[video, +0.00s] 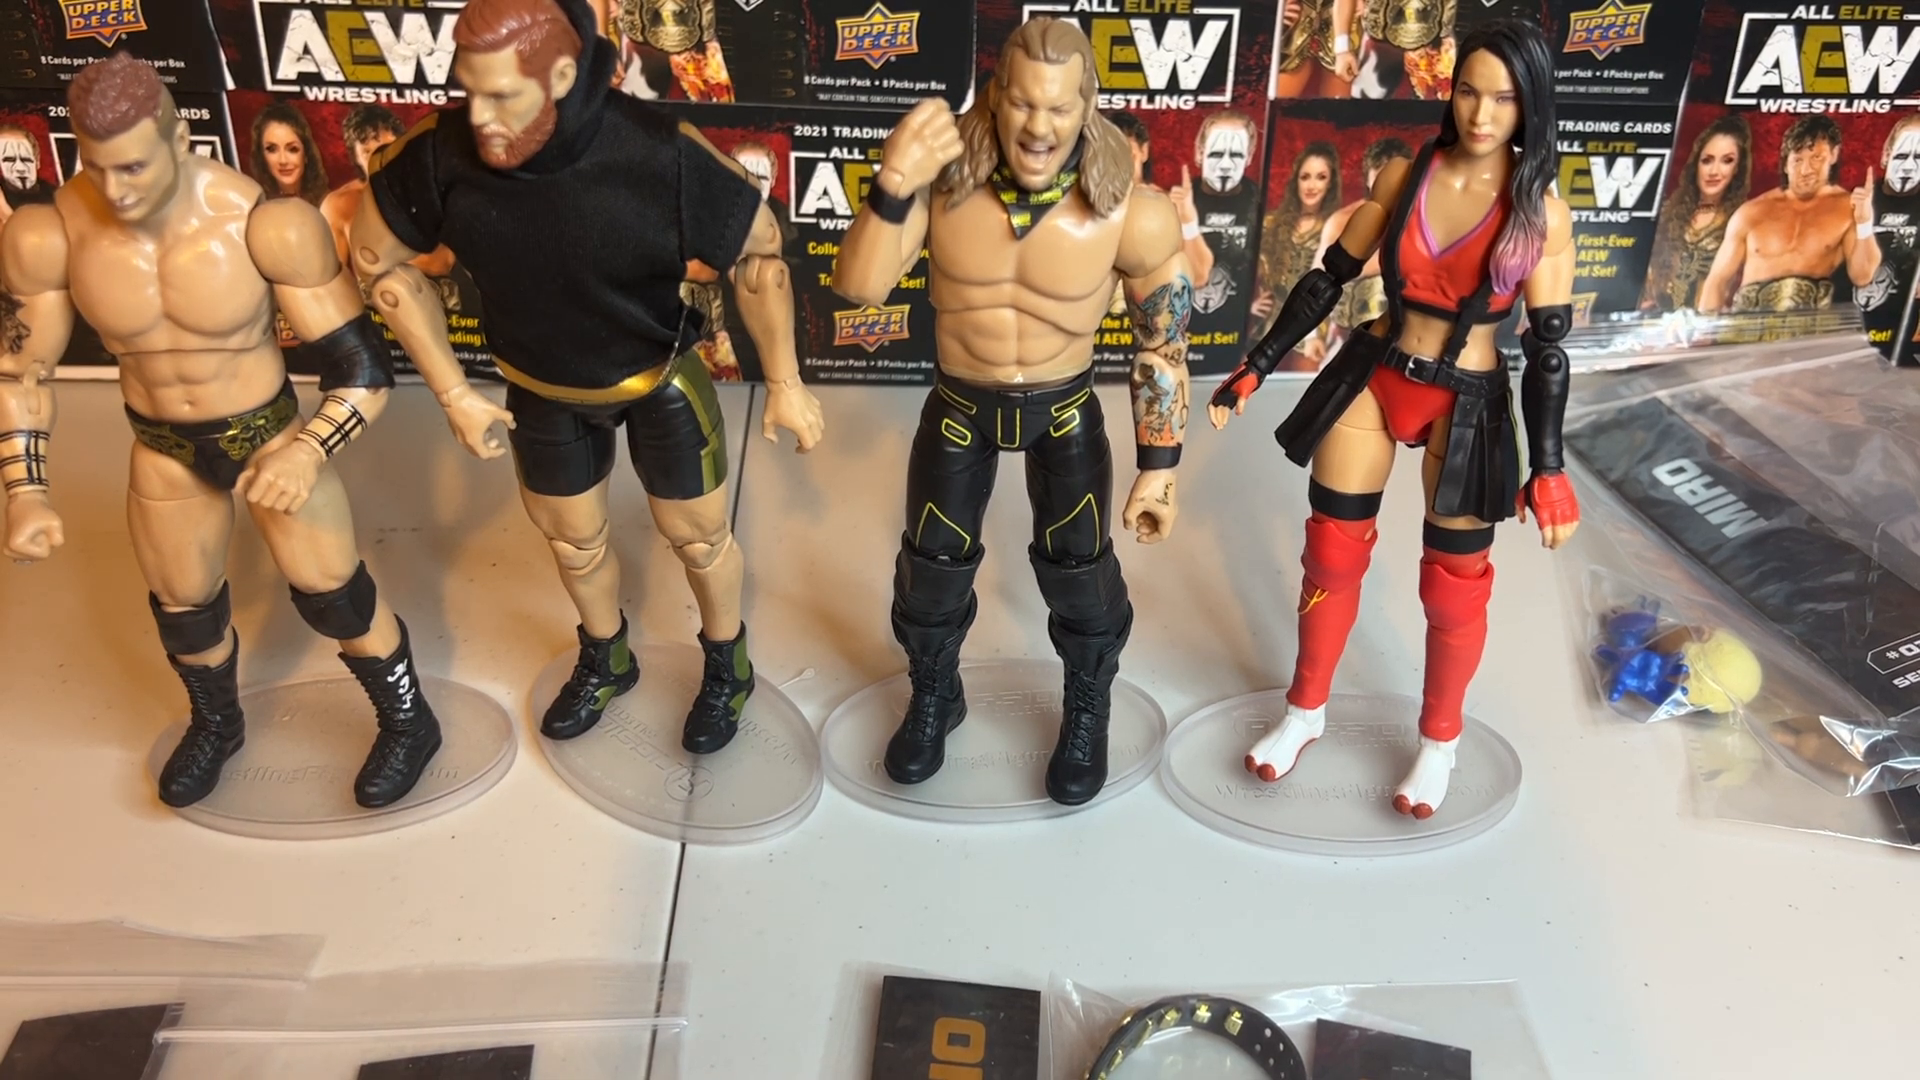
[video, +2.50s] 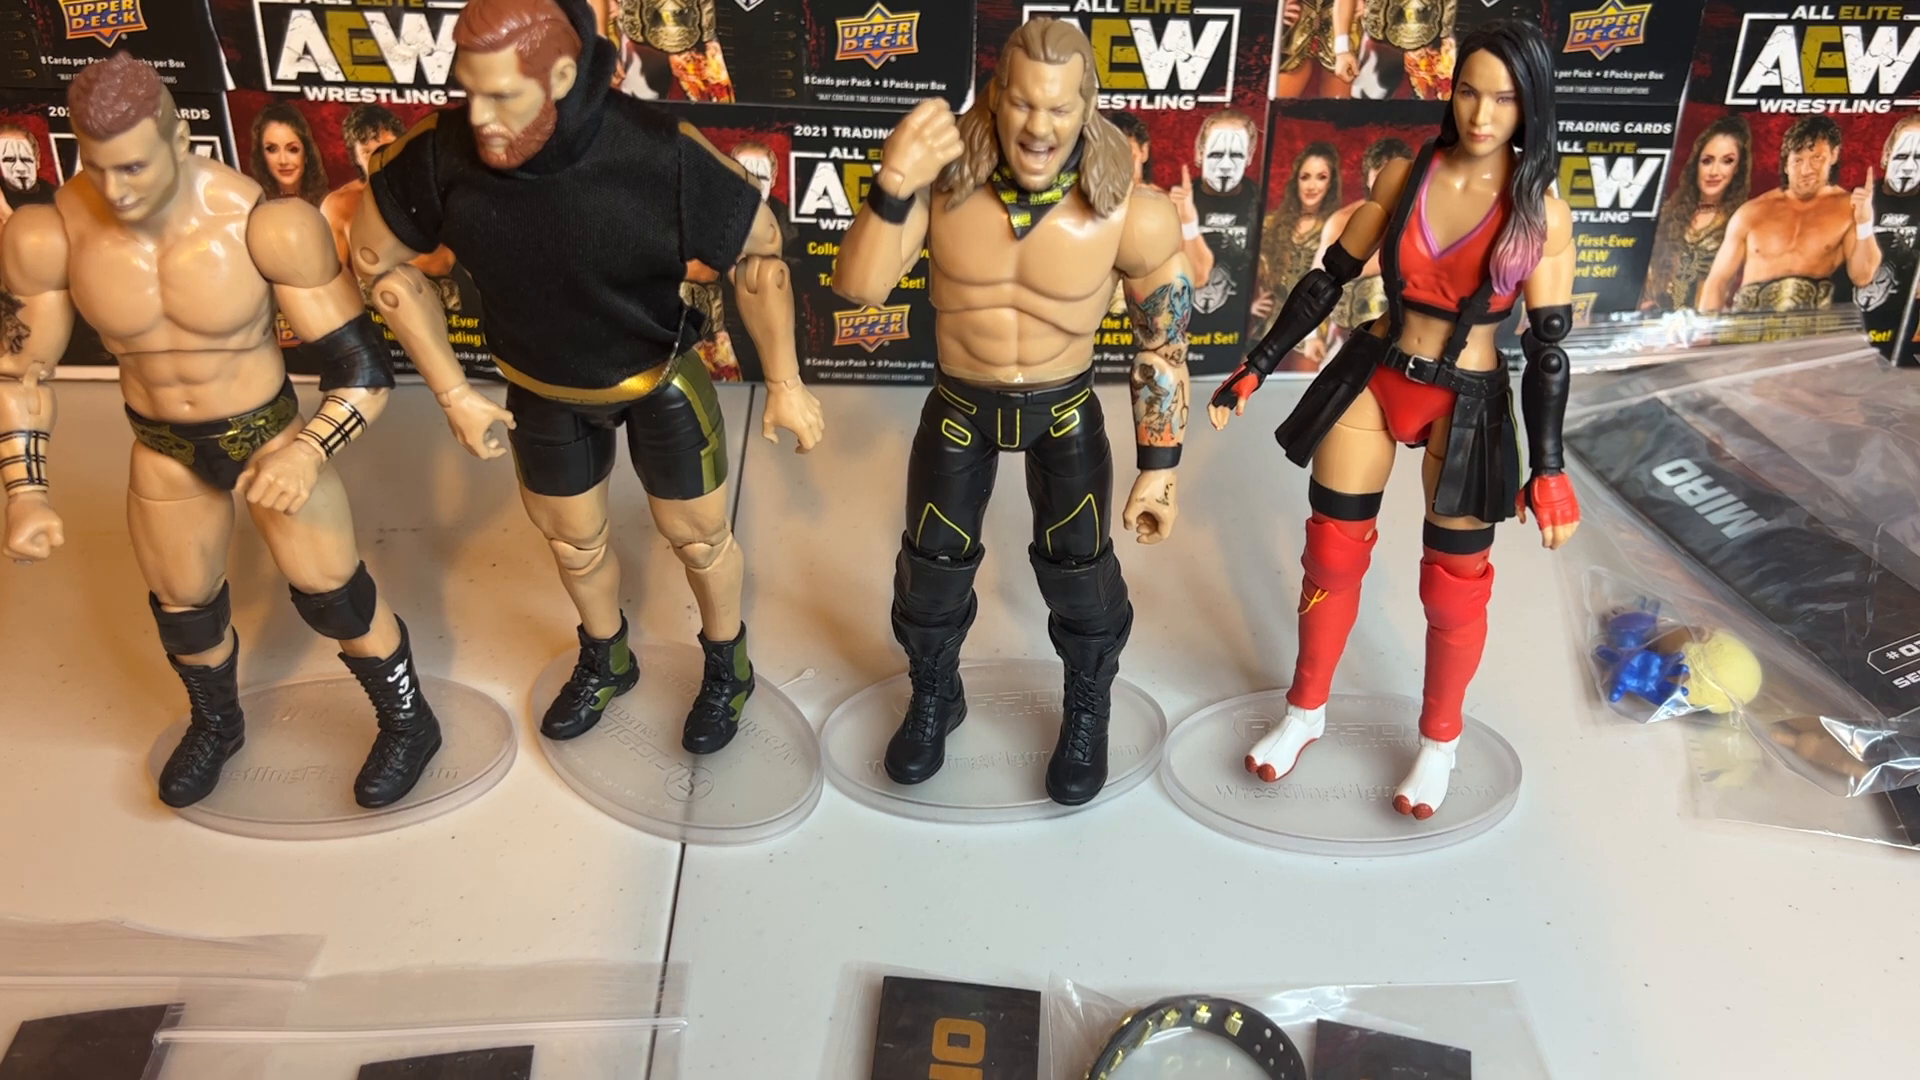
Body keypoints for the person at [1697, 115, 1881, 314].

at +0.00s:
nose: (1806, 169)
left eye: (1816, 158)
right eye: (1797, 160)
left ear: (1834, 156)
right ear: (1785, 162)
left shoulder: (1847, 207)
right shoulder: (1750, 212)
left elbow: (1861, 277)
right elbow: (1718, 281)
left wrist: (1864, 223)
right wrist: (1704, 335)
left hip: (1809, 313)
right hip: (1748, 311)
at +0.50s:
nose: (1806, 169)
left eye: (1817, 158)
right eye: (1797, 160)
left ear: (1834, 156)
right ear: (1785, 163)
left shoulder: (1847, 206)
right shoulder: (1751, 212)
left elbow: (1862, 277)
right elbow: (1718, 281)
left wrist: (1864, 223)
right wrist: (1704, 334)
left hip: (1809, 315)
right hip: (1748, 313)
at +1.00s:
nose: (1806, 169)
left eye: (1816, 158)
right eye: (1797, 160)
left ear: (1834, 156)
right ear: (1785, 163)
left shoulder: (1847, 207)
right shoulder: (1750, 212)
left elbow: (1861, 277)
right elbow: (1718, 281)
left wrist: (1864, 223)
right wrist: (1704, 335)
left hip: (1810, 315)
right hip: (1748, 312)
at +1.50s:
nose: (1806, 169)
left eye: (1817, 158)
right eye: (1797, 160)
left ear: (1834, 156)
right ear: (1785, 163)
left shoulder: (1847, 206)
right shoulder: (1750, 212)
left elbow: (1861, 277)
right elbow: (1718, 281)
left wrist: (1864, 223)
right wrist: (1704, 335)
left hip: (1810, 315)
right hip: (1748, 312)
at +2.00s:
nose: (1806, 169)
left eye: (1816, 158)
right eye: (1797, 160)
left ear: (1834, 156)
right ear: (1785, 163)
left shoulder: (1848, 207)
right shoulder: (1750, 212)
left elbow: (1862, 277)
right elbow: (1718, 282)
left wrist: (1864, 223)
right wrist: (1704, 336)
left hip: (1810, 316)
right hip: (1748, 314)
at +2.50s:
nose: (1806, 169)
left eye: (1816, 158)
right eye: (1797, 160)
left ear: (1834, 156)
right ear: (1785, 163)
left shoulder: (1848, 207)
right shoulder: (1750, 212)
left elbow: (1862, 277)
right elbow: (1718, 281)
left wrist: (1864, 223)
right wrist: (1704, 336)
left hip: (1809, 315)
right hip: (1748, 313)